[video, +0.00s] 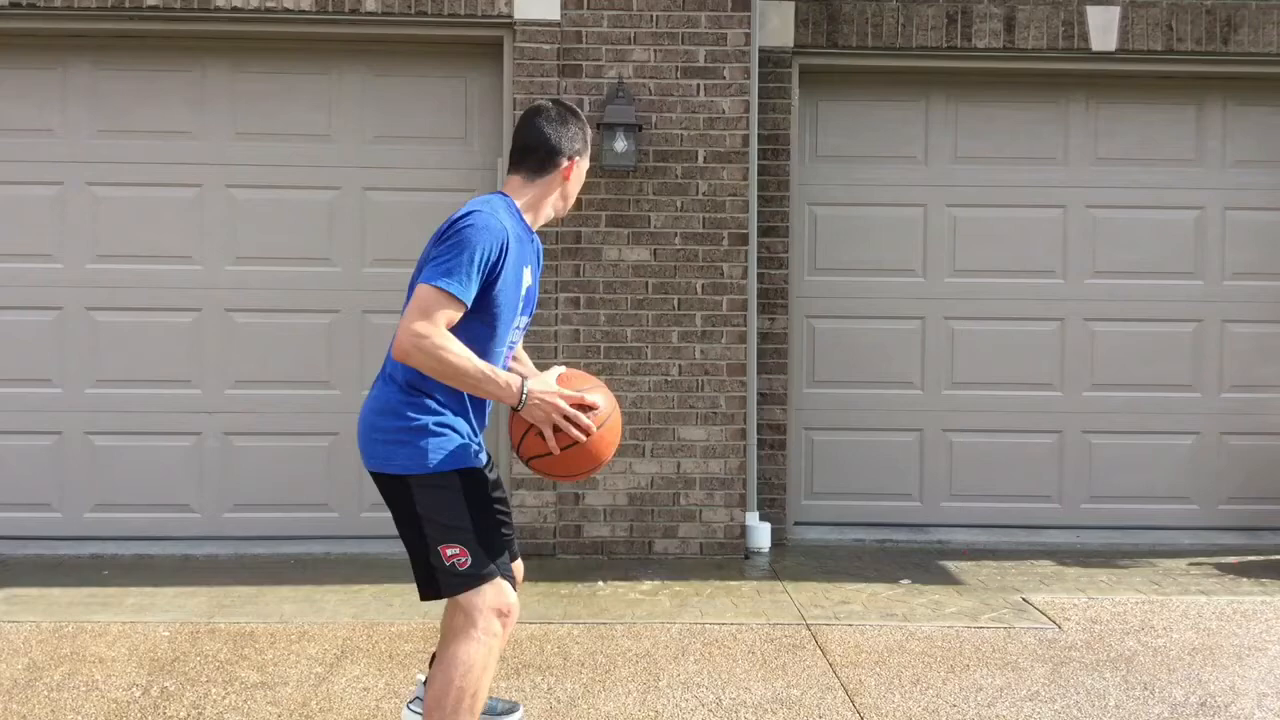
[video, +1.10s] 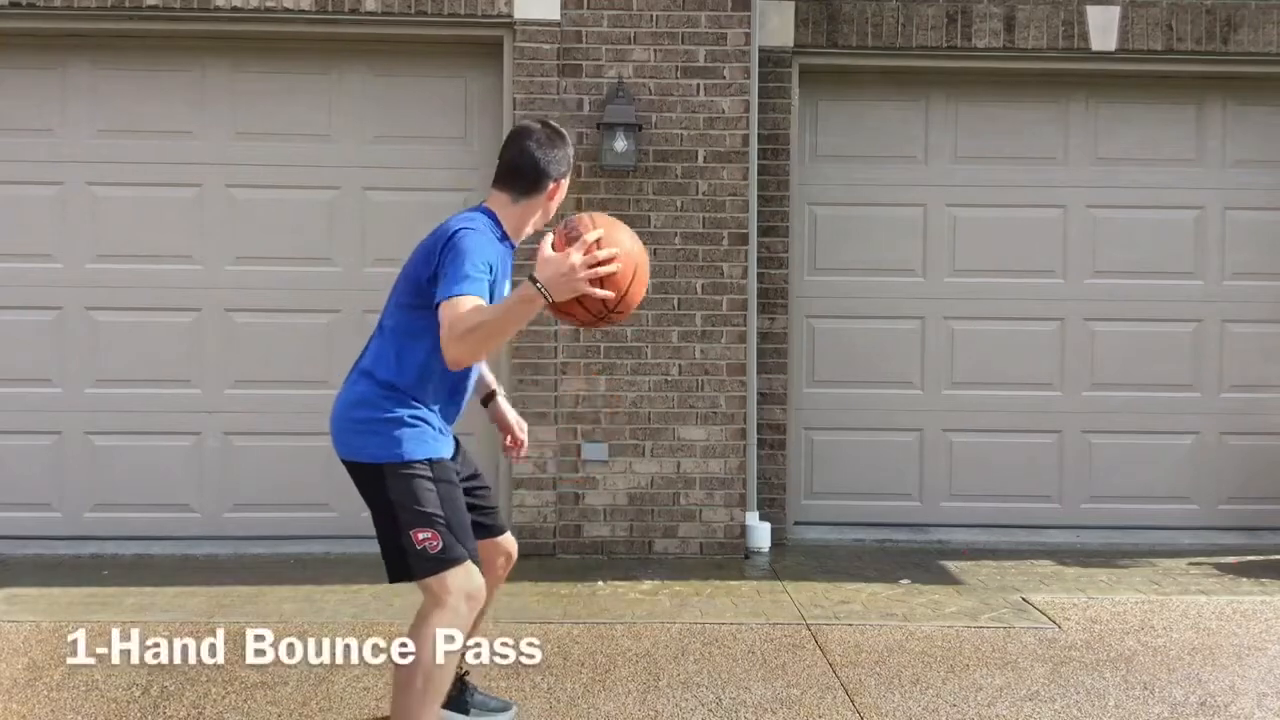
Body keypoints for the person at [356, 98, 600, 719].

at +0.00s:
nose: (582, 186)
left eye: (585, 172)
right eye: (585, 171)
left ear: (520, 158)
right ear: (569, 170)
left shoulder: (525, 246)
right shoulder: (484, 225)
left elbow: (502, 344)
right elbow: (415, 337)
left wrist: (545, 391)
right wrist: (517, 392)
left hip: (453, 432)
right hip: (418, 433)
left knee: (503, 579)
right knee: (486, 608)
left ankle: (443, 692)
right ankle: (449, 713)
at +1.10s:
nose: (559, 202)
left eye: (562, 191)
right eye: (563, 190)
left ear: (499, 173)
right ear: (553, 191)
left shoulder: (491, 246)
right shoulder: (471, 239)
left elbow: (453, 342)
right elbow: (458, 346)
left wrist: (494, 398)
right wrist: (541, 288)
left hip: (426, 425)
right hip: (388, 424)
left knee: (495, 552)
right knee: (457, 589)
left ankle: (442, 684)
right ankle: (411, 711)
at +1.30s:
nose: (559, 209)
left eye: (561, 198)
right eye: (562, 198)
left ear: (497, 181)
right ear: (552, 201)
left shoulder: (459, 233)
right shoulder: (494, 264)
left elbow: (398, 321)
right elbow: (533, 393)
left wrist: (444, 395)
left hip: (414, 424)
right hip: (397, 432)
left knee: (496, 545)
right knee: (458, 594)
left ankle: (442, 682)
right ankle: (410, 711)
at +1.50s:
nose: (554, 198)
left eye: (552, 188)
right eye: (555, 189)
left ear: (490, 180)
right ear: (546, 195)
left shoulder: (438, 228)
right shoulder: (524, 267)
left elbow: (375, 315)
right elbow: (534, 379)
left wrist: (446, 385)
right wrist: (556, 396)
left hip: (378, 414)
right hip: (416, 424)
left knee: (496, 539)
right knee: (466, 587)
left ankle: (439, 682)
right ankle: (414, 711)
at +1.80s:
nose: (551, 190)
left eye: (551, 181)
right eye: (552, 181)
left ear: (485, 177)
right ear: (544, 186)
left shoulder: (440, 232)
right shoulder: (525, 257)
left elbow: (374, 325)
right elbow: (539, 385)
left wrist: (417, 389)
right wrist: (578, 387)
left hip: (385, 418)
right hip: (422, 428)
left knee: (503, 543)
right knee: (481, 594)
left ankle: (428, 692)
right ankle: (438, 711)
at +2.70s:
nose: (582, 213)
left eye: (579, 202)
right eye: (584, 204)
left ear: (517, 194)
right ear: (575, 211)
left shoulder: (479, 238)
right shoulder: (533, 290)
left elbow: (465, 327)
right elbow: (555, 388)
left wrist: (513, 375)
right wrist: (594, 411)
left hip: (439, 429)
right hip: (421, 438)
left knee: (521, 550)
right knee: (487, 596)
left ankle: (434, 687)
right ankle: (439, 712)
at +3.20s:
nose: (552, 159)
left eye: (547, 150)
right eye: (552, 150)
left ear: (485, 158)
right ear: (543, 160)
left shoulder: (459, 220)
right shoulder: (521, 231)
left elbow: (408, 321)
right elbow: (626, 297)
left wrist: (483, 395)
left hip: (447, 428)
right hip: (444, 436)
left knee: (521, 555)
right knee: (510, 606)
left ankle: (437, 686)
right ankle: (450, 712)